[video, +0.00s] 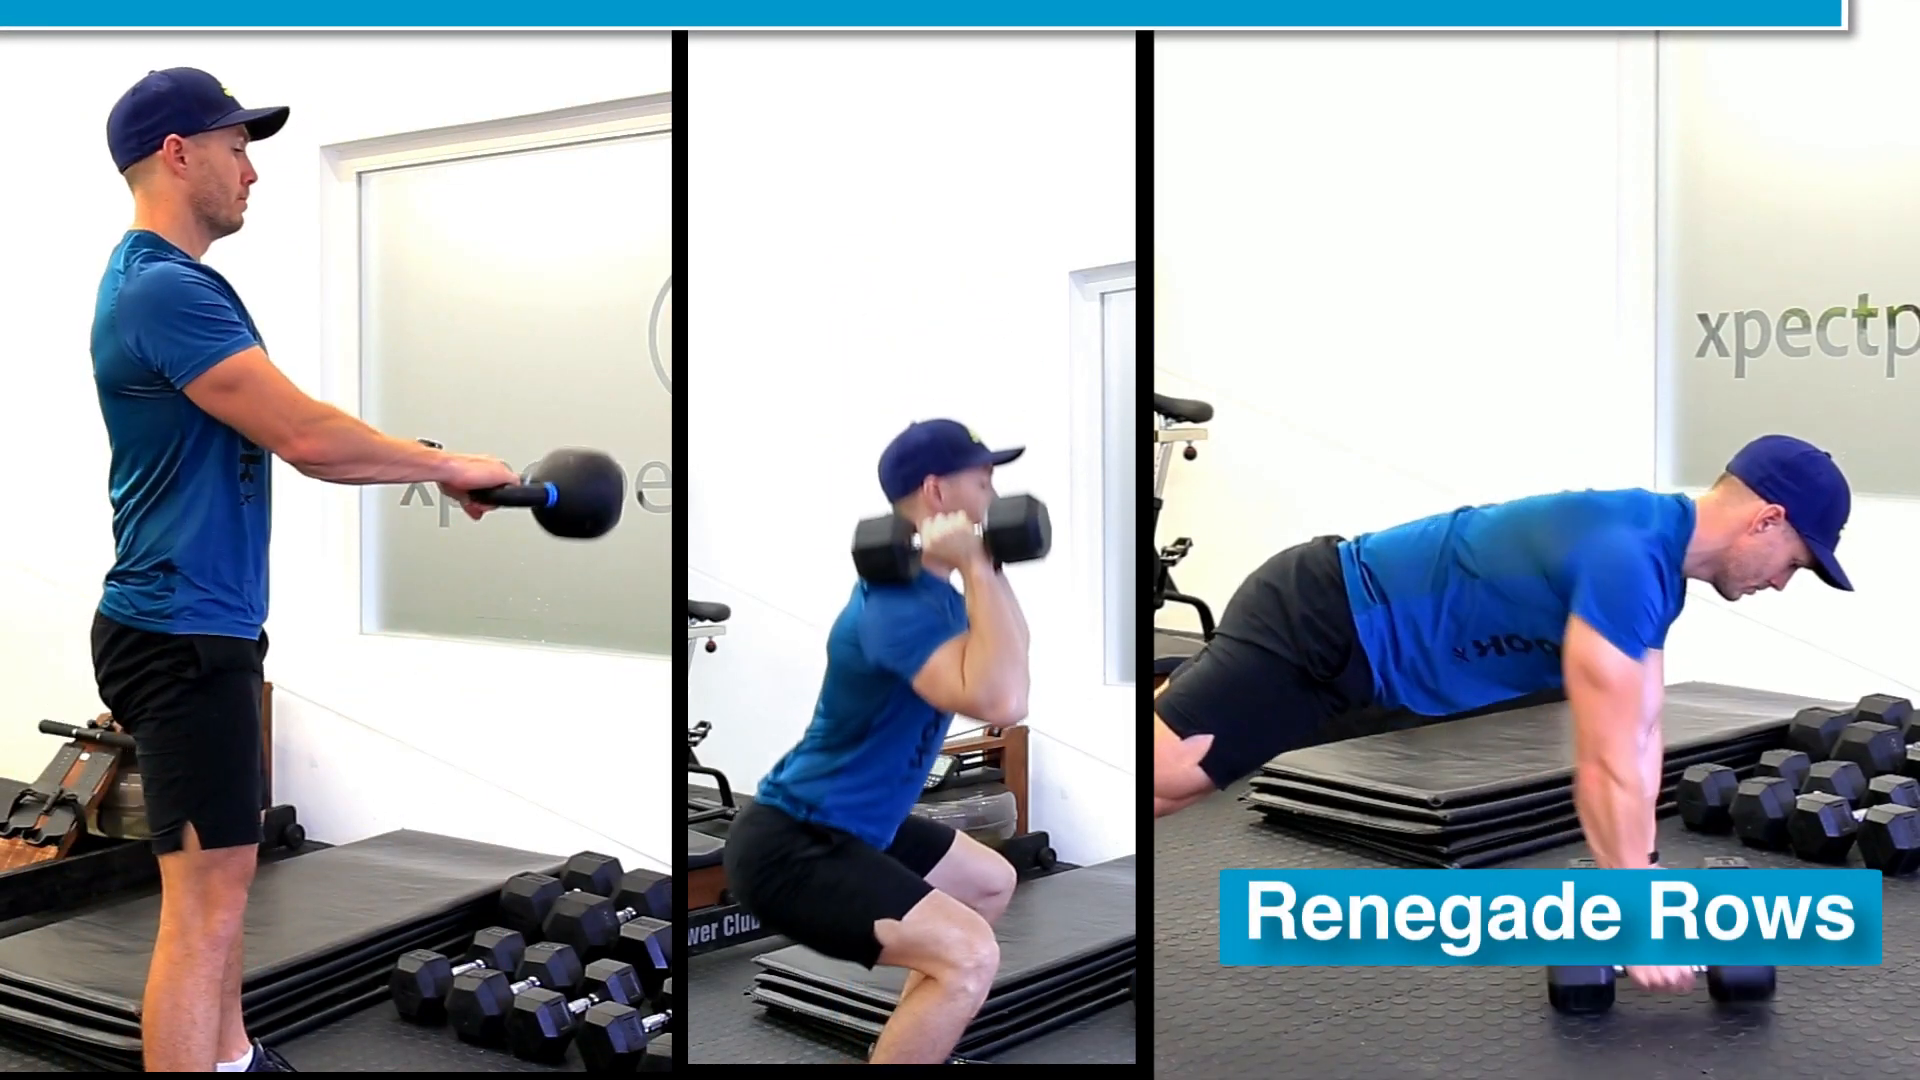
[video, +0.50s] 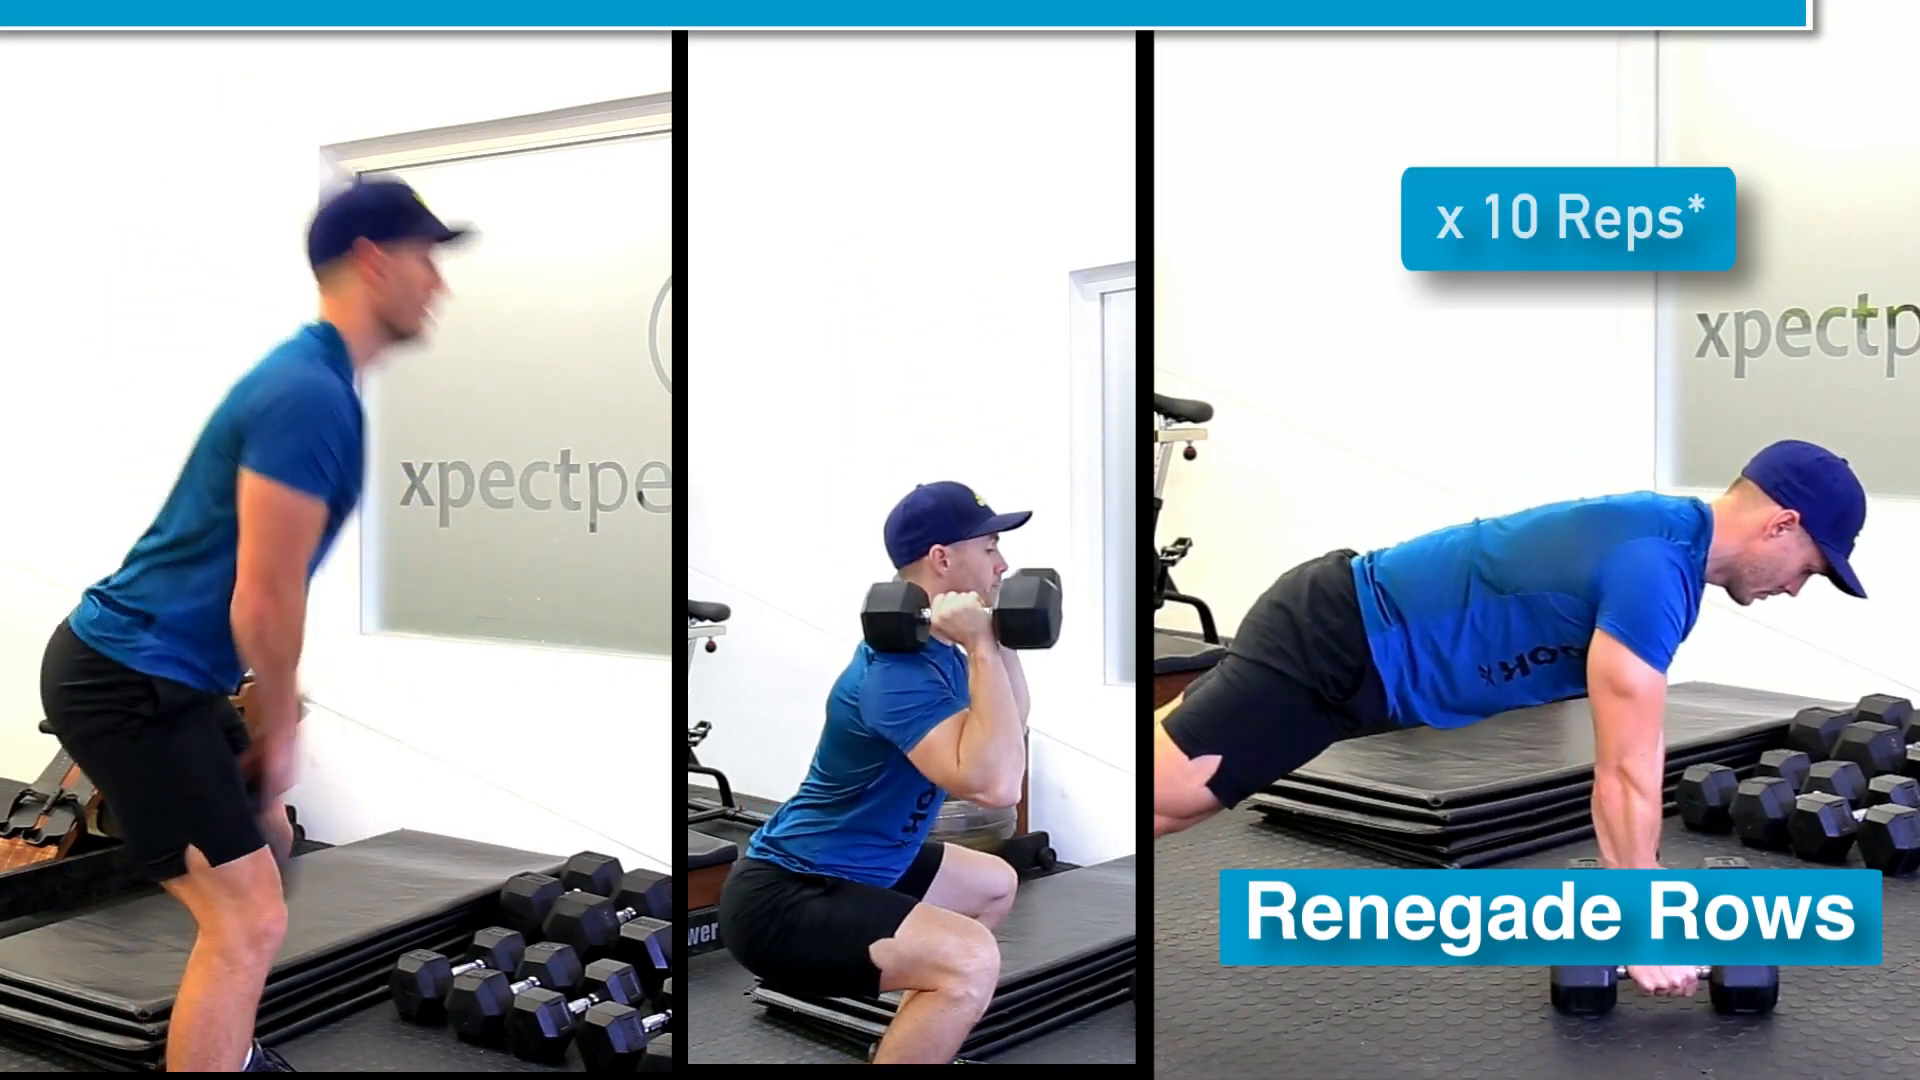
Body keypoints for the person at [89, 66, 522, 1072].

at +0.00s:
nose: (253, 166)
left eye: (249, 147)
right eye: (237, 147)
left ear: (176, 160)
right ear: (174, 155)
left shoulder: (173, 282)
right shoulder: (162, 287)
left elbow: (299, 434)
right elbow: (305, 440)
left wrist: (434, 466)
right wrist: (446, 469)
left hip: (206, 631)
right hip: (182, 636)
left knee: (220, 888)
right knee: (204, 907)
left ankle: (226, 1059)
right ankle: (190, 1078)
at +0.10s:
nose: (257, 167)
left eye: (253, 148)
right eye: (241, 147)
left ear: (179, 159)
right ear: (180, 153)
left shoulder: (173, 282)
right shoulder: (168, 287)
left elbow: (293, 441)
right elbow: (302, 444)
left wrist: (432, 485)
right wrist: (440, 489)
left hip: (201, 629)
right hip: (180, 635)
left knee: (222, 886)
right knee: (210, 904)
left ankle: (226, 1058)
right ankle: (195, 1074)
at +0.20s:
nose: (274, 167)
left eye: (270, 148)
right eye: (258, 146)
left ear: (198, 160)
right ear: (198, 156)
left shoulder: (204, 289)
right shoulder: (179, 293)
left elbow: (297, 467)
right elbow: (298, 463)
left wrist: (416, 531)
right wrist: (423, 530)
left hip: (202, 637)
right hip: (171, 640)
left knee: (232, 885)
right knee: (217, 908)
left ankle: (225, 1056)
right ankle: (198, 1075)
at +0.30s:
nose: (314, 181)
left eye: (310, 161)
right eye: (298, 159)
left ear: (240, 171)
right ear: (238, 166)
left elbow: (299, 489)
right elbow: (287, 505)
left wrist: (382, 578)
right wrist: (389, 590)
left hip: (189, 645)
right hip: (156, 650)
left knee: (250, 851)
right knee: (231, 912)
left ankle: (221, 1047)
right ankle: (199, 1076)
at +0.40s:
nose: (372, 222)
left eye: (370, 201)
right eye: (357, 198)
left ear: (299, 207)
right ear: (295, 201)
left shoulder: (274, 336)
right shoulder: (257, 343)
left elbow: (289, 531)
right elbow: (271, 556)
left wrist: (335, 643)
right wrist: (338, 658)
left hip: (175, 656)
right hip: (139, 663)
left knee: (261, 841)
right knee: (242, 919)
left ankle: (218, 1042)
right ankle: (207, 1071)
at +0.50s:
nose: (441, 282)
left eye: (439, 261)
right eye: (425, 259)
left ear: (368, 266)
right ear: (367, 261)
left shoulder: (318, 382)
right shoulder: (312, 393)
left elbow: (272, 587)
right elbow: (264, 599)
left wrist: (279, 713)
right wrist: (277, 734)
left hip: (166, 673)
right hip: (128, 676)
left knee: (262, 859)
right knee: (247, 923)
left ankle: (222, 1041)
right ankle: (205, 1062)